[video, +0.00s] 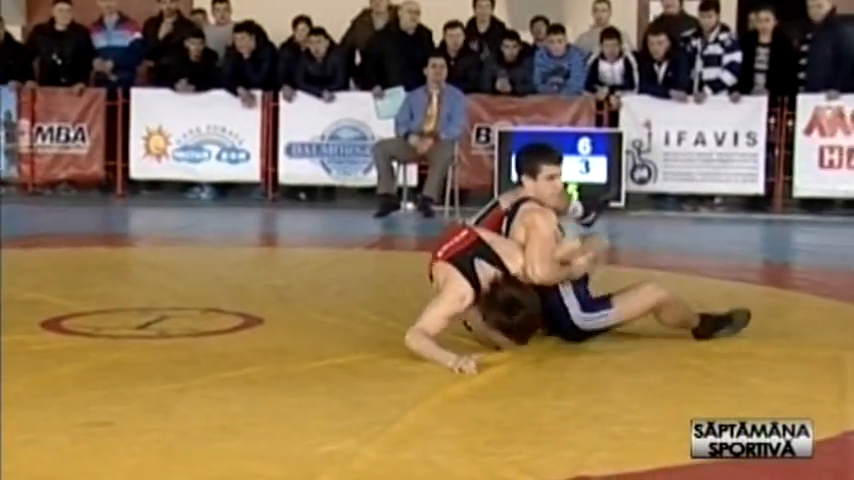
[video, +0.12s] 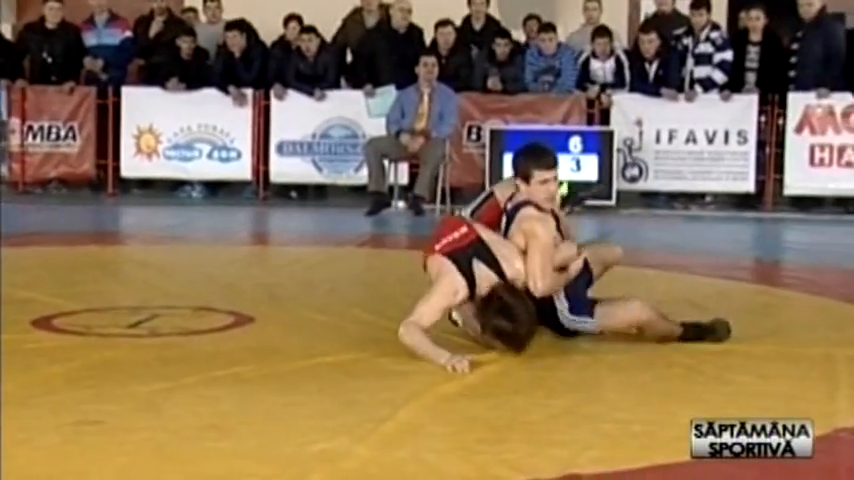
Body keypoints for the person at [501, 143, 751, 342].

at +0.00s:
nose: (559, 185)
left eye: (559, 177)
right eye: (551, 179)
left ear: (527, 183)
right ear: (527, 183)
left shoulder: (513, 203)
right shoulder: (539, 219)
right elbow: (539, 274)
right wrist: (580, 263)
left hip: (542, 310)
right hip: (573, 320)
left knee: (570, 252)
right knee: (655, 293)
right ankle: (700, 325)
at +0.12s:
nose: (553, 189)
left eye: (554, 181)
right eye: (543, 184)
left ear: (558, 175)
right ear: (522, 185)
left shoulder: (521, 200)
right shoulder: (538, 225)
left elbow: (565, 241)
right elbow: (539, 287)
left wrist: (555, 213)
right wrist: (571, 268)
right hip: (561, 311)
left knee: (612, 251)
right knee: (638, 311)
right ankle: (682, 331)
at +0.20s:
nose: (560, 187)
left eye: (562, 179)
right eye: (550, 182)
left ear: (566, 175)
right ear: (528, 183)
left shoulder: (523, 194)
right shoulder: (543, 225)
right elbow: (538, 289)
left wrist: (582, 212)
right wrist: (568, 269)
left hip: (530, 283)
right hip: (553, 306)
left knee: (600, 247)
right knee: (640, 297)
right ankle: (684, 327)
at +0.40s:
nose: (575, 200)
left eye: (577, 191)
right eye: (567, 193)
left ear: (539, 188)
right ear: (542, 190)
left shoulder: (522, 189)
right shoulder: (549, 241)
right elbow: (532, 306)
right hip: (511, 290)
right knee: (606, 289)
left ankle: (542, 308)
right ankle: (652, 318)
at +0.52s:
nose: (581, 256)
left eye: (584, 245)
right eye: (577, 246)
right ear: (554, 243)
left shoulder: (543, 206)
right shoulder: (543, 285)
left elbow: (501, 215)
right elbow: (506, 332)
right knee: (552, 303)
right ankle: (597, 319)